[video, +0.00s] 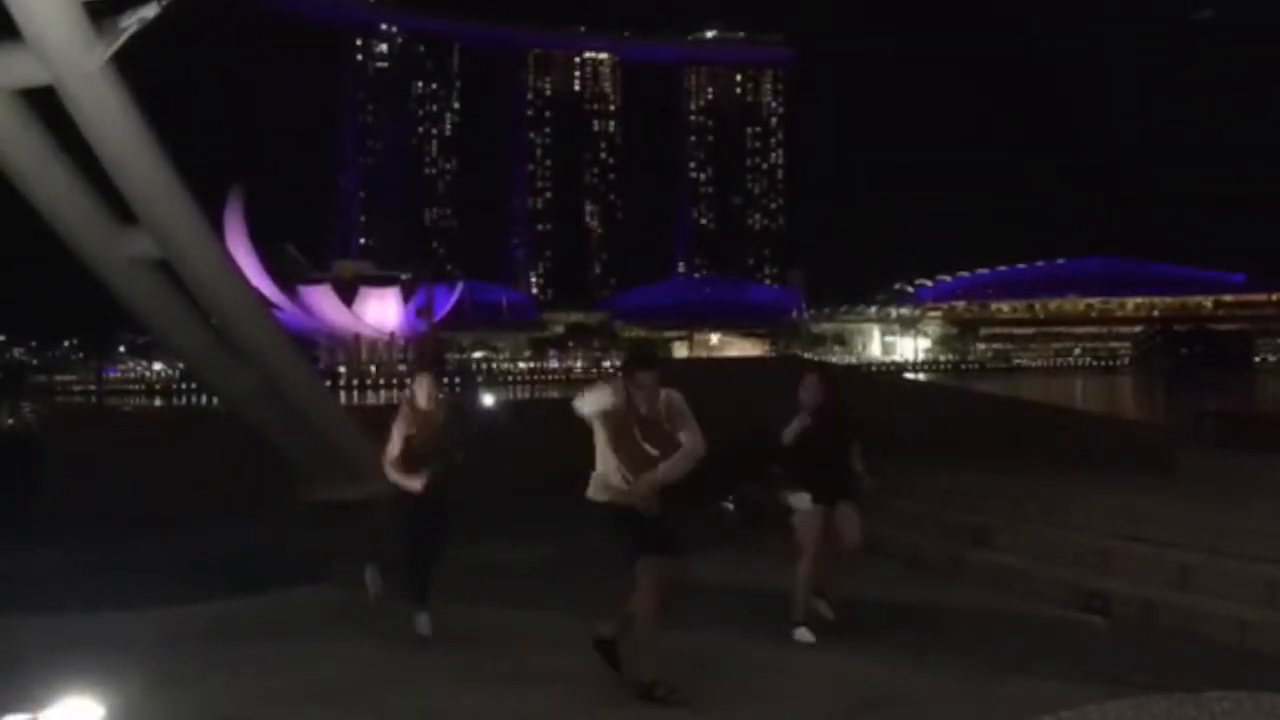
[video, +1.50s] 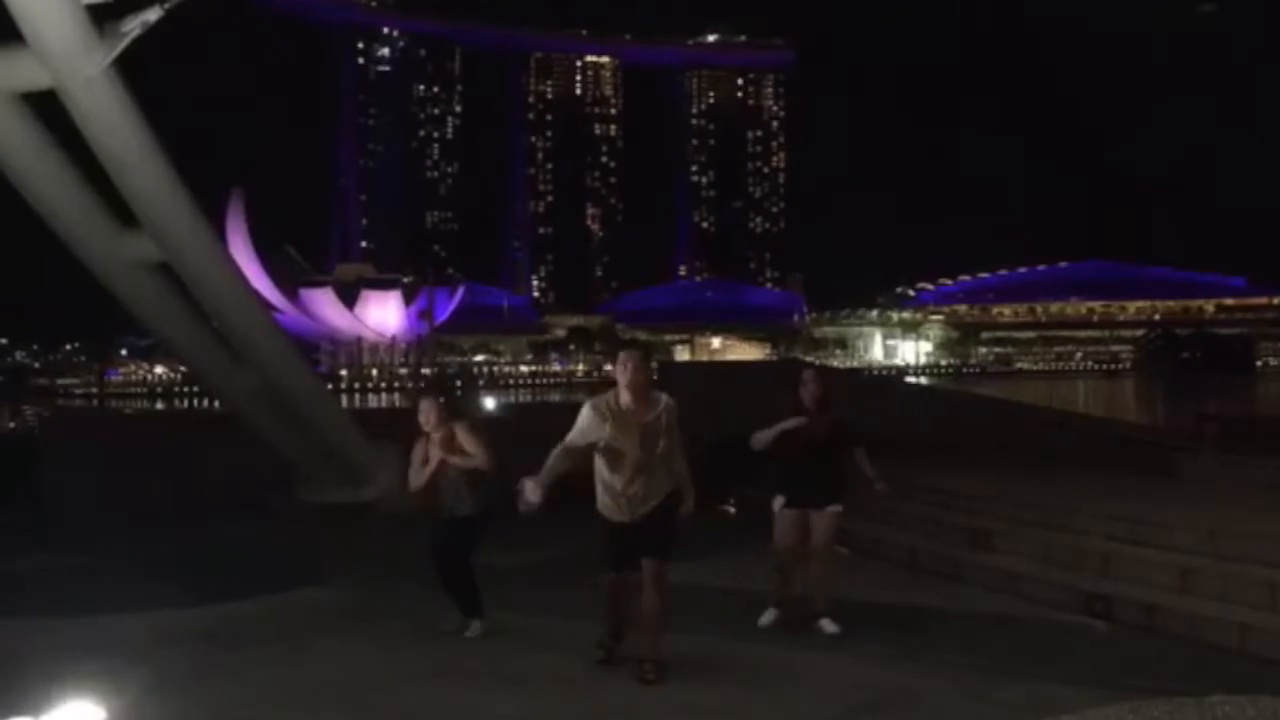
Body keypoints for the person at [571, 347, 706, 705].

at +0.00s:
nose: (646, 393)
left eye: (652, 385)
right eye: (638, 386)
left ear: (660, 382)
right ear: (625, 383)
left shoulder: (671, 402)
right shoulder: (610, 403)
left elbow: (694, 446)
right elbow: (585, 405)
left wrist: (655, 478)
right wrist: (611, 395)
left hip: (652, 501)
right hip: (612, 502)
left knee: (668, 573)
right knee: (647, 576)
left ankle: (615, 634)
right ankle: (645, 676)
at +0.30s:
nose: (643, 402)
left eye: (650, 395)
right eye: (637, 395)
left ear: (659, 396)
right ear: (624, 396)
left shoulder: (671, 420)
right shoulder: (616, 426)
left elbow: (704, 452)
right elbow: (579, 448)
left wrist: (678, 475)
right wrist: (629, 421)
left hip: (653, 522)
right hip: (616, 523)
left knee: (645, 590)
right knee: (667, 583)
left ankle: (633, 637)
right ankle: (650, 682)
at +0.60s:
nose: (624, 416)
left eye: (630, 409)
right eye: (619, 409)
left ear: (642, 409)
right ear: (611, 410)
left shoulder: (660, 438)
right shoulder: (594, 436)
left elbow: (711, 469)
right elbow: (561, 488)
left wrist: (690, 493)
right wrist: (601, 479)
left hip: (633, 525)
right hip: (590, 524)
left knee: (617, 593)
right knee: (572, 582)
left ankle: (604, 664)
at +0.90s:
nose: (598, 398)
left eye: (604, 389)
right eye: (592, 391)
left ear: (620, 389)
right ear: (586, 393)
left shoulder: (645, 416)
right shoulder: (579, 420)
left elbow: (693, 445)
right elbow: (556, 473)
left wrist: (656, 469)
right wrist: (592, 463)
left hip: (633, 503)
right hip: (593, 509)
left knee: (614, 564)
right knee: (589, 579)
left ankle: (595, 648)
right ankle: (620, 640)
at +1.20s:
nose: (591, 403)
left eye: (598, 396)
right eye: (587, 397)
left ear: (612, 398)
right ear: (580, 400)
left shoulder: (638, 427)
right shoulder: (575, 433)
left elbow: (682, 456)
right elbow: (549, 483)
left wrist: (665, 492)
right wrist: (580, 477)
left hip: (638, 509)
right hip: (604, 515)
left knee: (631, 559)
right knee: (608, 581)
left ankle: (642, 643)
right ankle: (624, 643)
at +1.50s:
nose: (629, 371)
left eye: (636, 365)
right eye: (623, 365)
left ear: (648, 372)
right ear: (614, 371)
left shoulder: (664, 407)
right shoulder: (598, 411)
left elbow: (676, 454)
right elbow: (568, 449)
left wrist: (686, 492)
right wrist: (541, 482)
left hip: (657, 504)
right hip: (615, 508)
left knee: (654, 575)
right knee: (614, 578)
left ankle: (651, 654)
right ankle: (611, 640)